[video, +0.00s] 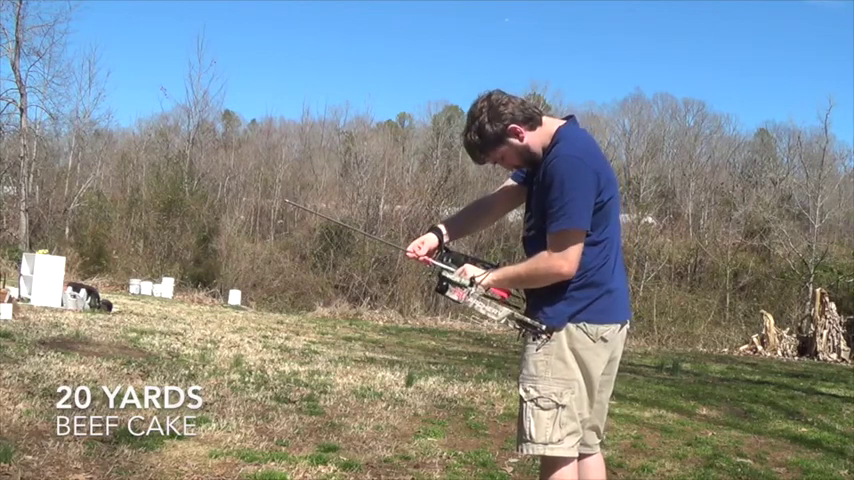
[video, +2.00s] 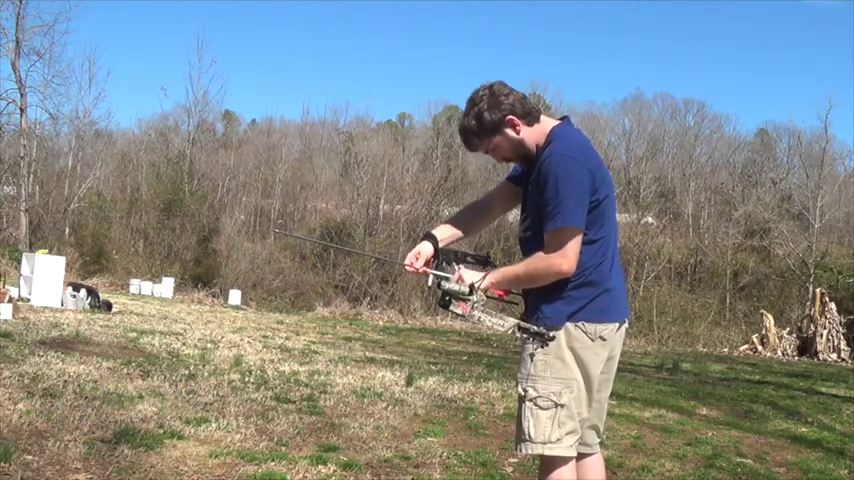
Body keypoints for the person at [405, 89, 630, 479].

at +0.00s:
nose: (503, 166)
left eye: (499, 158)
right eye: (496, 162)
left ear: (516, 132)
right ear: (518, 127)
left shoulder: (568, 160)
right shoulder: (558, 148)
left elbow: (562, 263)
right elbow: (498, 202)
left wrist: (491, 277)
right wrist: (440, 234)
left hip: (572, 319)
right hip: (592, 316)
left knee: (558, 449)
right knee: (586, 445)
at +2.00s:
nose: (496, 158)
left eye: (493, 148)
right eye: (489, 153)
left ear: (513, 123)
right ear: (516, 121)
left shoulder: (562, 157)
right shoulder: (549, 149)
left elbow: (562, 261)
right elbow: (492, 205)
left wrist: (488, 279)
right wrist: (433, 239)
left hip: (569, 319)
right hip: (590, 317)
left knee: (557, 450)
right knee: (585, 446)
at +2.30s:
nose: (495, 143)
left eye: (494, 131)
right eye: (489, 136)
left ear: (520, 110)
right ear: (524, 110)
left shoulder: (558, 156)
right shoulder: (568, 142)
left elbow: (545, 260)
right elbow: (514, 201)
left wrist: (473, 282)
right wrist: (469, 196)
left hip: (567, 320)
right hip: (600, 316)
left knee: (554, 451)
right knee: (587, 444)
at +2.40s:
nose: (494, 140)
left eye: (492, 127)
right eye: (489, 130)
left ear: (519, 108)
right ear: (525, 107)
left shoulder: (555, 153)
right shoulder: (580, 139)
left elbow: (536, 262)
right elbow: (566, 219)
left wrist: (466, 289)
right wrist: (508, 199)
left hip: (566, 317)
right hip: (604, 314)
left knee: (555, 450)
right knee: (587, 443)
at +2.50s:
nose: (494, 138)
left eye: (491, 125)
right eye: (487, 129)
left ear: (517, 106)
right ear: (524, 105)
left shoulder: (549, 153)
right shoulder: (583, 139)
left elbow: (529, 259)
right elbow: (585, 240)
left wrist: (460, 295)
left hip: (564, 320)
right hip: (605, 316)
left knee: (555, 451)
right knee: (588, 444)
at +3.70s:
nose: (499, 147)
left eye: (494, 136)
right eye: (492, 140)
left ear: (505, 111)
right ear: (541, 107)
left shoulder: (526, 151)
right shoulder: (596, 144)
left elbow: (520, 254)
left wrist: (477, 314)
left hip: (565, 311)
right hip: (618, 307)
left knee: (553, 450)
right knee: (598, 448)